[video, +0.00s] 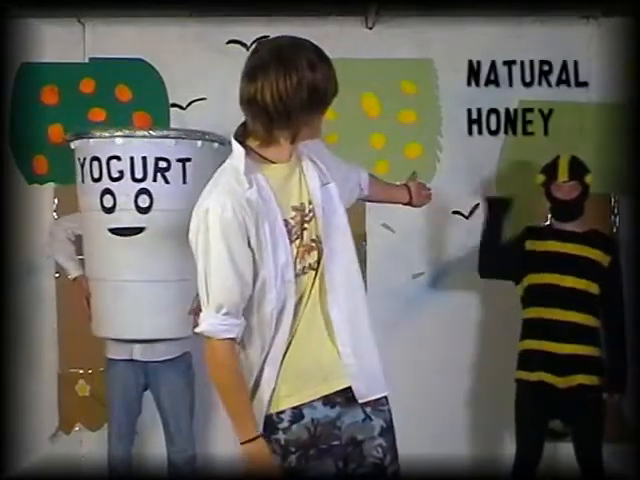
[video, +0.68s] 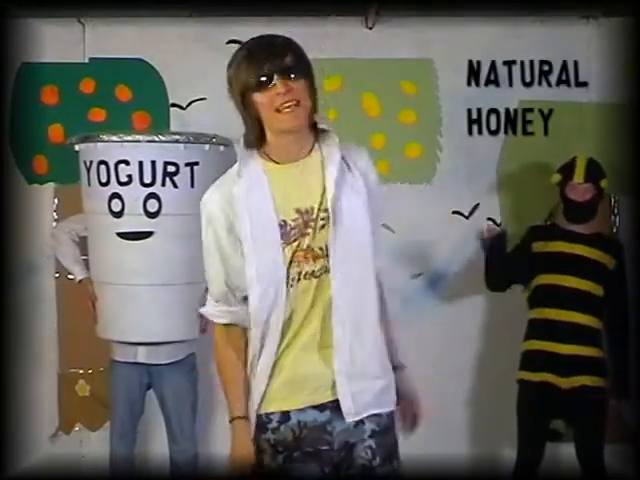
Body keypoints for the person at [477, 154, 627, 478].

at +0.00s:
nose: (565, 194)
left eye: (572, 186)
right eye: (557, 187)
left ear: (585, 190)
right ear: (546, 192)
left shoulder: (603, 246)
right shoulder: (529, 241)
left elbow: (614, 315)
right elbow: (488, 267)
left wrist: (617, 374)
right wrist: (493, 218)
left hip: (583, 369)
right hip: (535, 366)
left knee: (590, 459)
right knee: (526, 458)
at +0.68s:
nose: (579, 195)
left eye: (588, 188)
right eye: (572, 187)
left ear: (600, 193)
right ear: (561, 190)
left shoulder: (611, 249)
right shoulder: (537, 237)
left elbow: (618, 320)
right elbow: (498, 282)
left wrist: (622, 380)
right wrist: (494, 245)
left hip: (587, 368)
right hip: (538, 364)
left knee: (591, 460)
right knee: (527, 458)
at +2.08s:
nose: (566, 196)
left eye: (575, 189)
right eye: (560, 189)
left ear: (590, 192)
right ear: (551, 192)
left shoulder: (609, 246)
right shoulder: (534, 241)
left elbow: (620, 313)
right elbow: (522, 307)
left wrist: (624, 372)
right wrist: (518, 362)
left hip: (591, 376)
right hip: (541, 374)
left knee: (593, 460)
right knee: (528, 459)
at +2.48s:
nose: (580, 197)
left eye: (588, 190)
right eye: (572, 189)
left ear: (600, 194)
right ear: (561, 193)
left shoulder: (615, 248)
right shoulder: (542, 241)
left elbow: (626, 313)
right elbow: (529, 307)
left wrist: (629, 372)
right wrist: (527, 362)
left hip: (599, 374)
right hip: (550, 371)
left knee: (599, 459)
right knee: (535, 458)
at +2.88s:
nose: (551, 199)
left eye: (558, 190)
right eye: (550, 190)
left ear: (577, 192)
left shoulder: (615, 246)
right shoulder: (541, 242)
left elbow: (626, 312)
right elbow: (530, 306)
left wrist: (623, 372)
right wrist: (527, 360)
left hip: (600, 380)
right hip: (549, 378)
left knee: (601, 465)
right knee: (537, 463)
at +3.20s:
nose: (508, 199)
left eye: (514, 190)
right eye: (506, 191)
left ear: (536, 191)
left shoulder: (573, 246)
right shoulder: (517, 247)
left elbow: (585, 317)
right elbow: (508, 313)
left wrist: (572, 377)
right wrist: (494, 369)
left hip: (565, 378)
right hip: (524, 377)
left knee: (575, 461)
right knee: (537, 463)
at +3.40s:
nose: (471, 202)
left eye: (476, 192)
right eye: (471, 193)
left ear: (497, 195)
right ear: (501, 198)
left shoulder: (529, 250)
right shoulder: (502, 250)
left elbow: (549, 318)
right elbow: (485, 318)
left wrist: (548, 377)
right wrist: (459, 369)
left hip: (530, 380)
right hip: (509, 377)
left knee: (503, 456)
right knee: (533, 461)